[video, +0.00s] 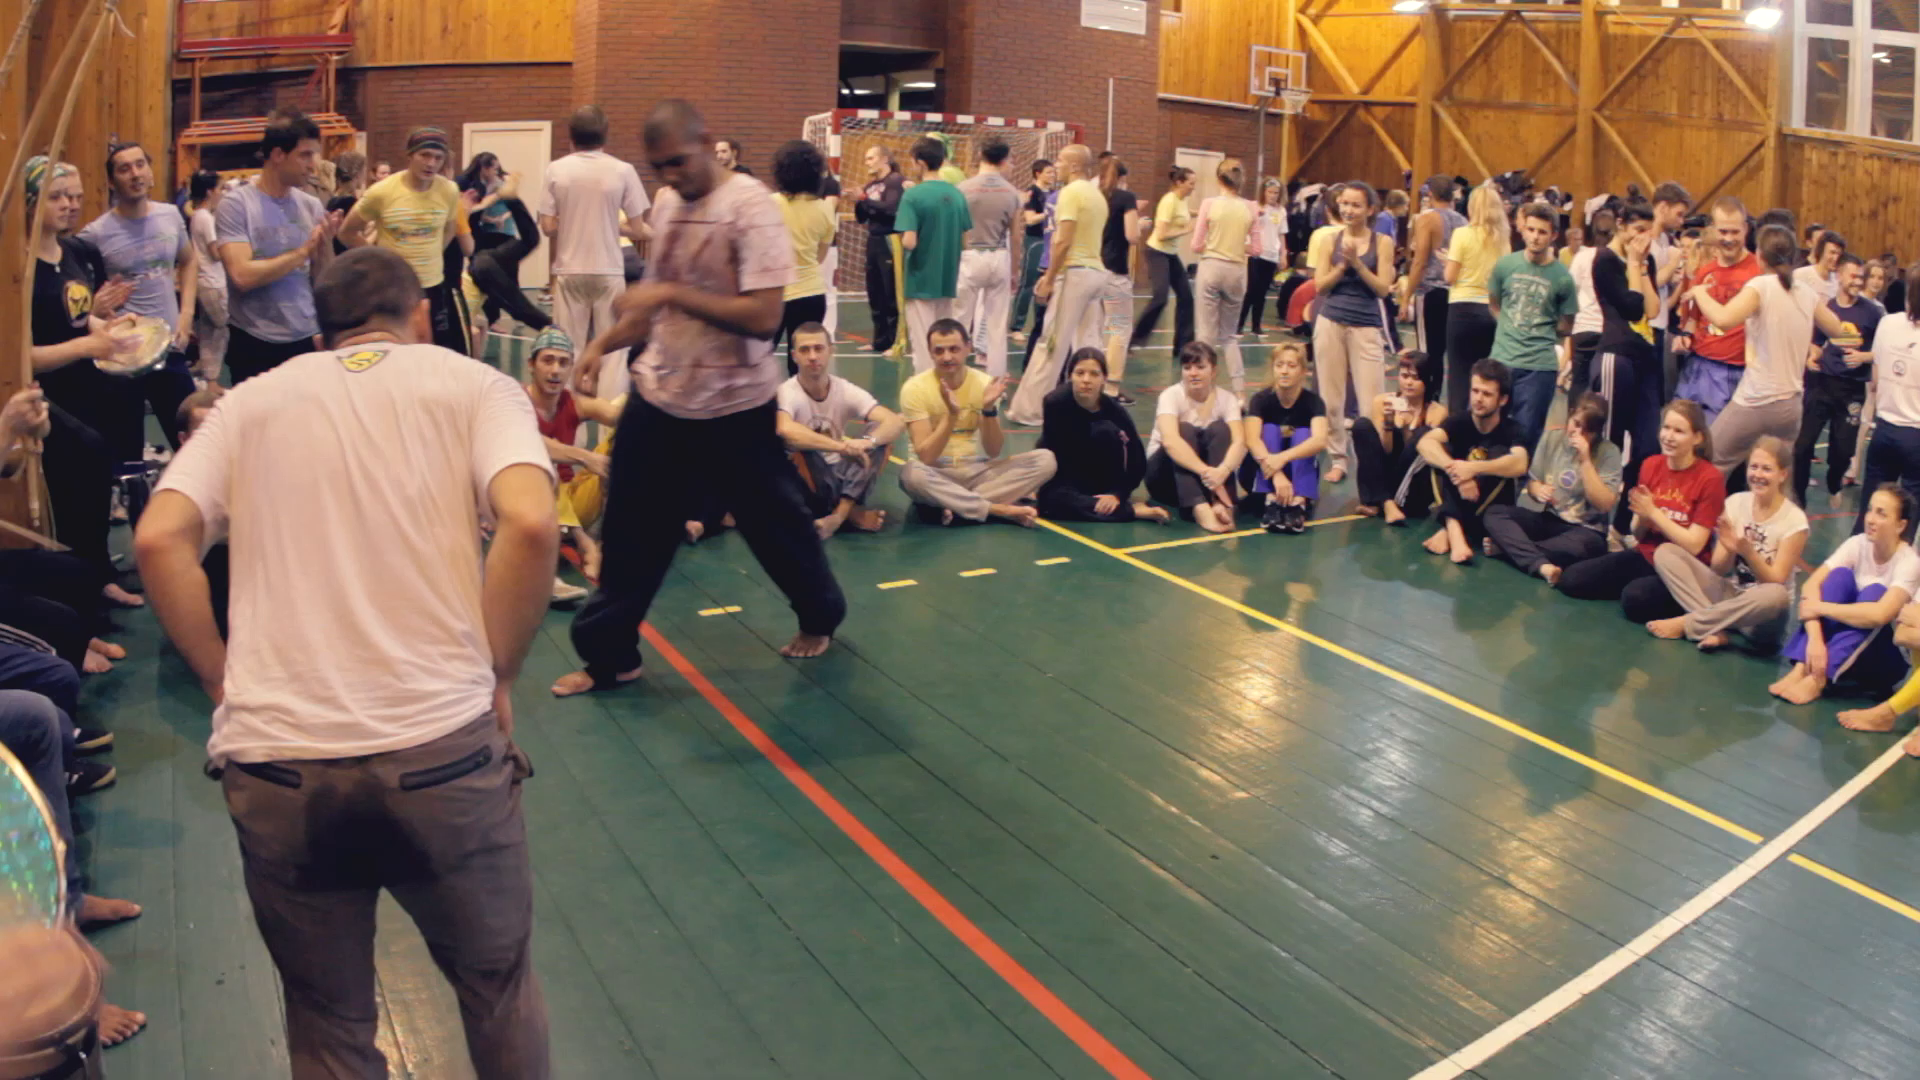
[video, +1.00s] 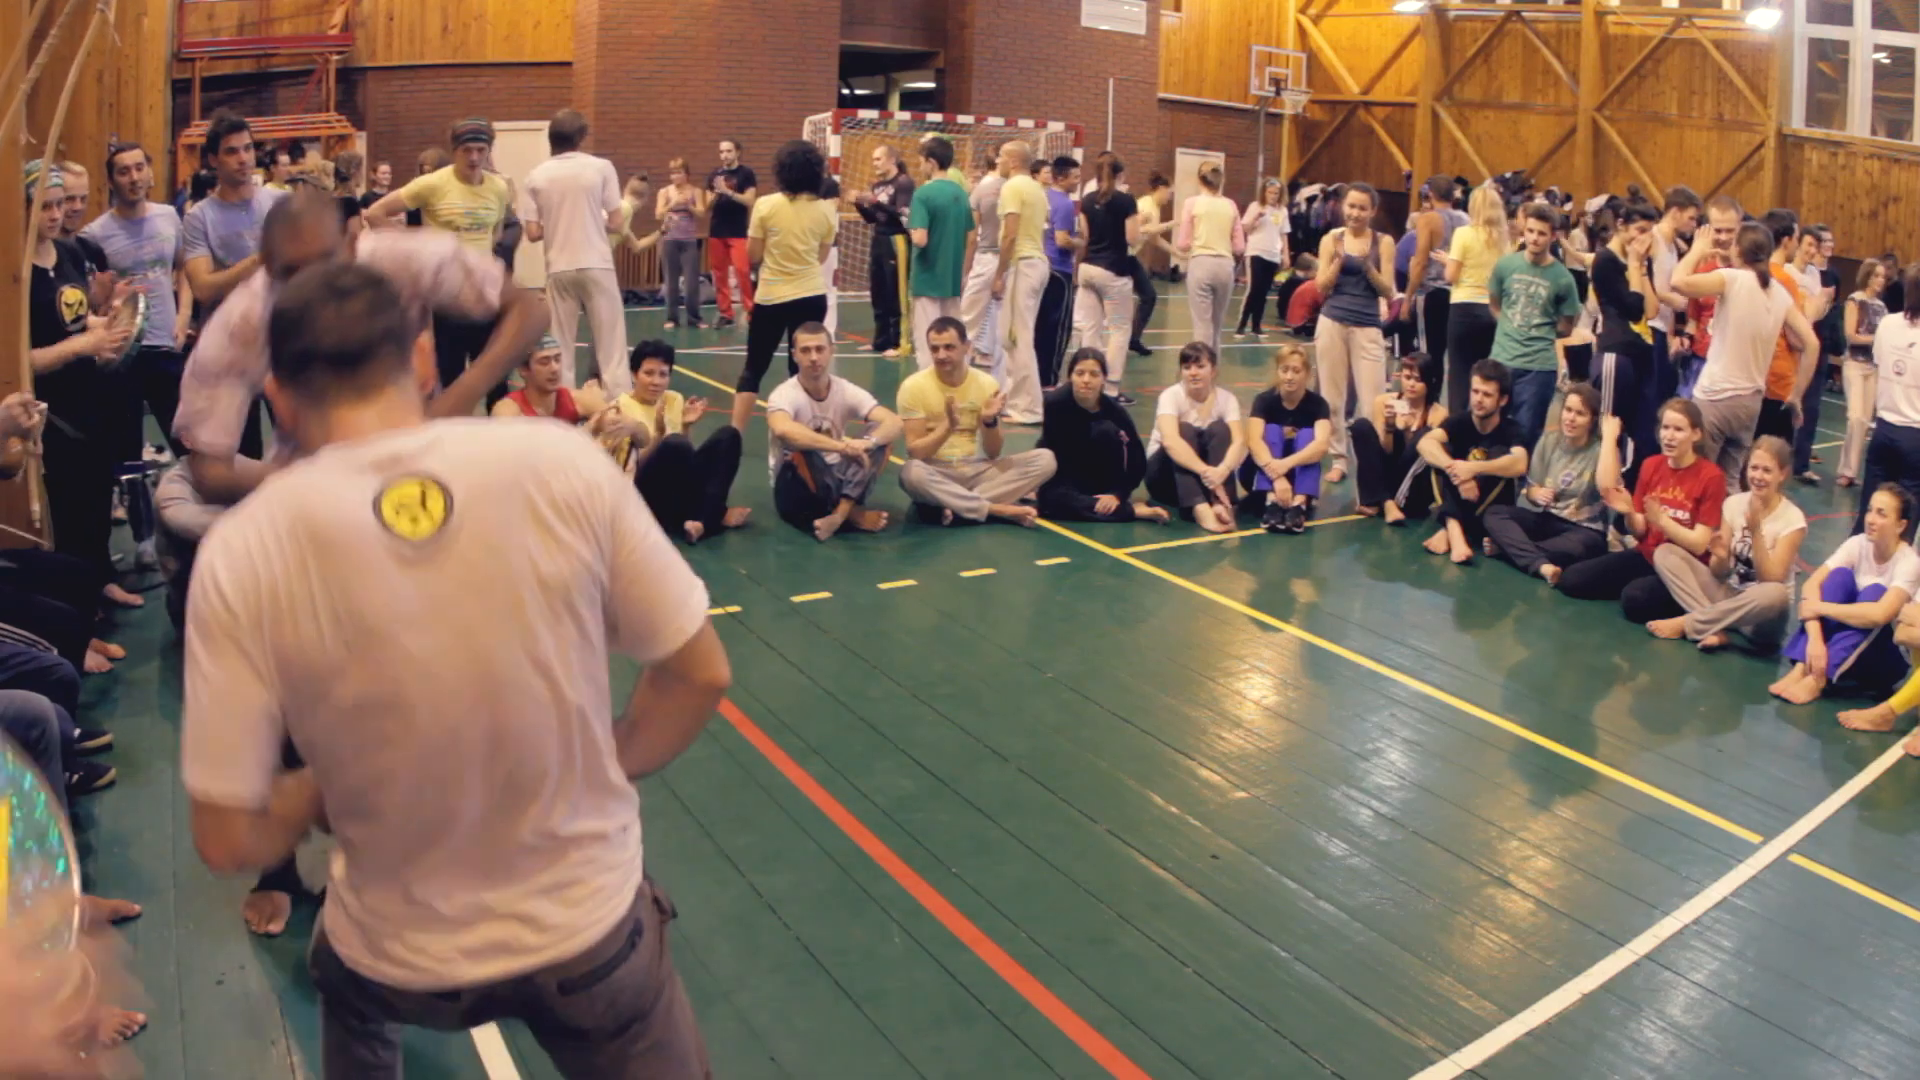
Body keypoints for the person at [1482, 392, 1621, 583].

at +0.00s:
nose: (1578, 433)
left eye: (1587, 430)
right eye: (1576, 424)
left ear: (1597, 431)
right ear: (1570, 415)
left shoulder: (1609, 453)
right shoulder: (1551, 438)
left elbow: (1605, 504)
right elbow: (1532, 481)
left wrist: (1585, 460)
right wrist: (1536, 489)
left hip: (1580, 528)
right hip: (1542, 516)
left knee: (1581, 546)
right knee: (1494, 513)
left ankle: (1509, 550)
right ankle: (1539, 566)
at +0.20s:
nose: (1575, 433)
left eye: (1584, 430)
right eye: (1573, 425)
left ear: (1596, 431)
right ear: (1567, 418)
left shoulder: (1608, 451)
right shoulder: (1550, 439)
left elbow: (1604, 500)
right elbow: (1533, 483)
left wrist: (1590, 452)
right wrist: (1539, 493)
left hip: (1581, 529)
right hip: (1543, 518)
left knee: (1578, 548)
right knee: (1494, 513)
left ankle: (1509, 550)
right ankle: (1539, 566)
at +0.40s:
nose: (1573, 433)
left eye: (1581, 429)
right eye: (1572, 424)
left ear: (1594, 431)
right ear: (1565, 418)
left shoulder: (1608, 449)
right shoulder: (1550, 439)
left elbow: (1606, 488)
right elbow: (1532, 485)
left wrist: (1592, 437)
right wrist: (1539, 493)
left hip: (1579, 528)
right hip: (1540, 517)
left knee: (1589, 544)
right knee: (1494, 513)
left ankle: (1510, 550)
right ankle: (1539, 565)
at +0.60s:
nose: (1572, 432)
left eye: (1581, 428)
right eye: (1570, 422)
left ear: (1594, 431)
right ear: (1564, 417)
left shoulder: (1605, 448)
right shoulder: (1550, 439)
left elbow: (1607, 469)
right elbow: (1531, 486)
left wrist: (1593, 418)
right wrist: (1538, 493)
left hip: (1580, 528)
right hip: (1540, 517)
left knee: (1587, 545)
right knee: (1494, 514)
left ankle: (1509, 549)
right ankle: (1539, 565)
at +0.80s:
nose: (1570, 426)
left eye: (1580, 422)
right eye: (1568, 417)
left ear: (1592, 428)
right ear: (1562, 415)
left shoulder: (1601, 450)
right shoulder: (1549, 440)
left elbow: (1608, 466)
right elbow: (1530, 488)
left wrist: (1602, 419)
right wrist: (1536, 493)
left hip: (1579, 528)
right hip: (1540, 517)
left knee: (1590, 544)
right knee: (1494, 514)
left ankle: (1508, 549)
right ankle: (1539, 565)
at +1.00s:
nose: (1571, 418)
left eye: (1580, 414)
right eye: (1568, 410)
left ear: (1593, 420)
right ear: (1561, 411)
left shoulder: (1601, 452)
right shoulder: (1548, 440)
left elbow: (1606, 488)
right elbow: (1530, 488)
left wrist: (1609, 439)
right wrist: (1536, 493)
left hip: (1579, 528)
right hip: (1539, 518)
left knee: (1578, 548)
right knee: (1494, 514)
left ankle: (1508, 549)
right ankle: (1539, 565)